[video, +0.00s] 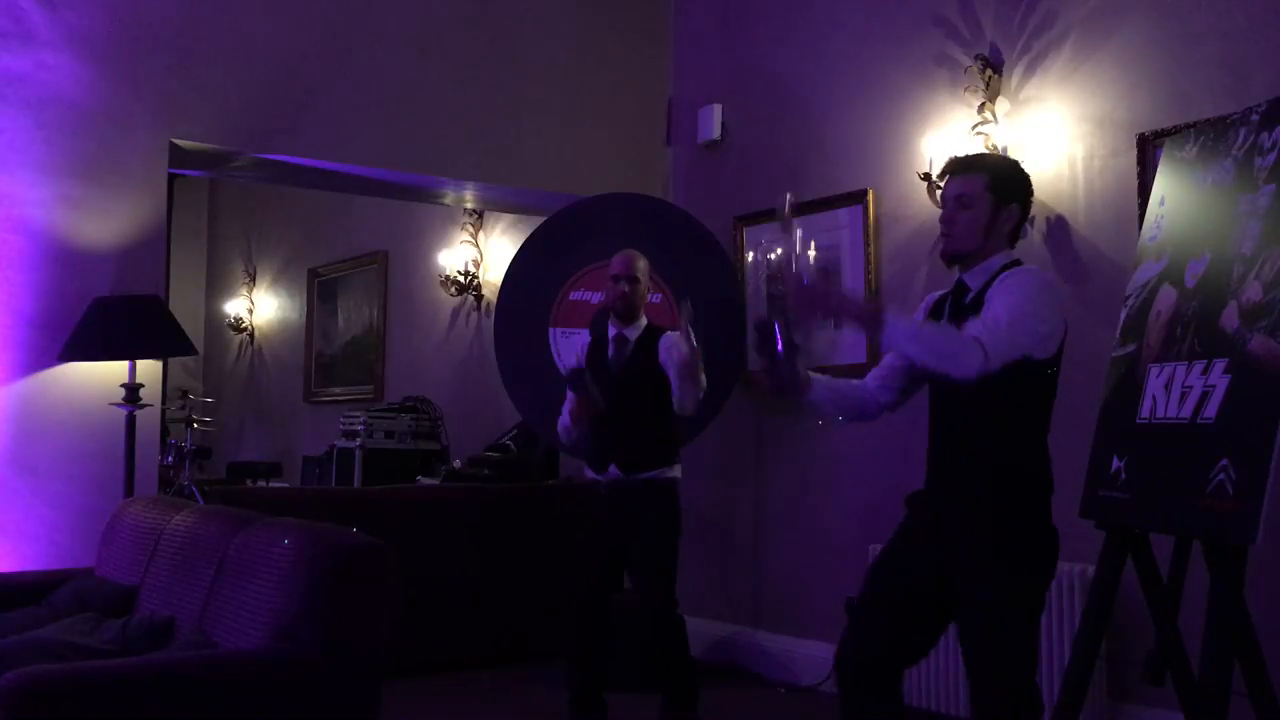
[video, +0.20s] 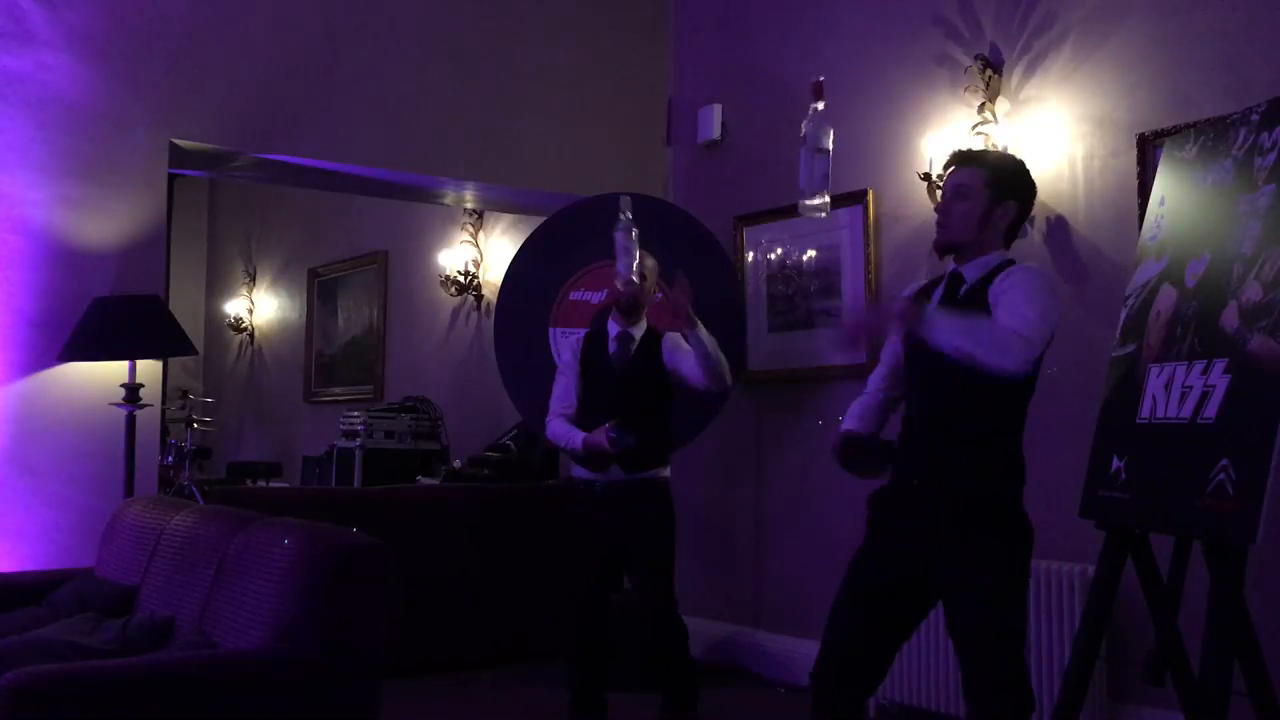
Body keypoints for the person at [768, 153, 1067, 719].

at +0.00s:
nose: (944, 216)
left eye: (961, 204)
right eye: (944, 203)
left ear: (1007, 217)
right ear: (940, 211)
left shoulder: (1032, 292)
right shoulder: (939, 307)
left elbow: (971, 357)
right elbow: (879, 393)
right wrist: (800, 383)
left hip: (1007, 523)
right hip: (941, 516)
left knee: (1001, 693)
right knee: (864, 662)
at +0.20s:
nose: (941, 204)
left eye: (960, 194)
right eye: (943, 193)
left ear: (1003, 212)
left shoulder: (1025, 284)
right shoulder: (924, 296)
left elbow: (1013, 352)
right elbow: (885, 382)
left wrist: (917, 320)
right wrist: (855, 431)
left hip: (984, 509)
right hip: (911, 503)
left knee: (996, 690)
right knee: (838, 679)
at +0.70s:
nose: (869, 260)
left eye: (885, 251)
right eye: (871, 248)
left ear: (928, 267)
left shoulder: (963, 358)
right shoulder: (839, 318)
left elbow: (964, 444)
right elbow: (797, 407)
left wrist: (916, 473)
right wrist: (779, 488)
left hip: (904, 537)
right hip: (823, 527)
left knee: (939, 693)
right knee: (786, 690)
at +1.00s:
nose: (807, 262)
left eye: (817, 251)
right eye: (810, 251)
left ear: (850, 258)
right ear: (853, 261)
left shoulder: (881, 343)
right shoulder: (840, 334)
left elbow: (955, 436)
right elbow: (799, 391)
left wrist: (978, 535)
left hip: (848, 542)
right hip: (815, 531)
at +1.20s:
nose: (800, 251)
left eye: (808, 239)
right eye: (802, 239)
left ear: (836, 245)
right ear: (858, 248)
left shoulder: (837, 319)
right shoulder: (878, 313)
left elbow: (869, 412)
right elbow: (840, 379)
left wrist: (877, 509)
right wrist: (795, 335)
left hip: (830, 512)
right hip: (853, 508)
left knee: (798, 663)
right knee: (837, 662)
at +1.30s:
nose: (799, 254)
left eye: (806, 241)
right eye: (801, 241)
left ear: (835, 246)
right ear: (862, 250)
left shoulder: (824, 314)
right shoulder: (889, 316)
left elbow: (829, 415)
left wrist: (815, 513)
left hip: (837, 504)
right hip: (877, 499)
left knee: (802, 658)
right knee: (852, 659)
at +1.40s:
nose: (802, 256)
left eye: (809, 243)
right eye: (803, 244)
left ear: (838, 246)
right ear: (861, 252)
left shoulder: (827, 315)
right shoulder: (896, 318)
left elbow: (801, 416)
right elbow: (860, 420)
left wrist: (769, 507)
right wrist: (783, 404)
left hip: (839, 503)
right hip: (884, 502)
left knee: (809, 651)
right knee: (860, 648)